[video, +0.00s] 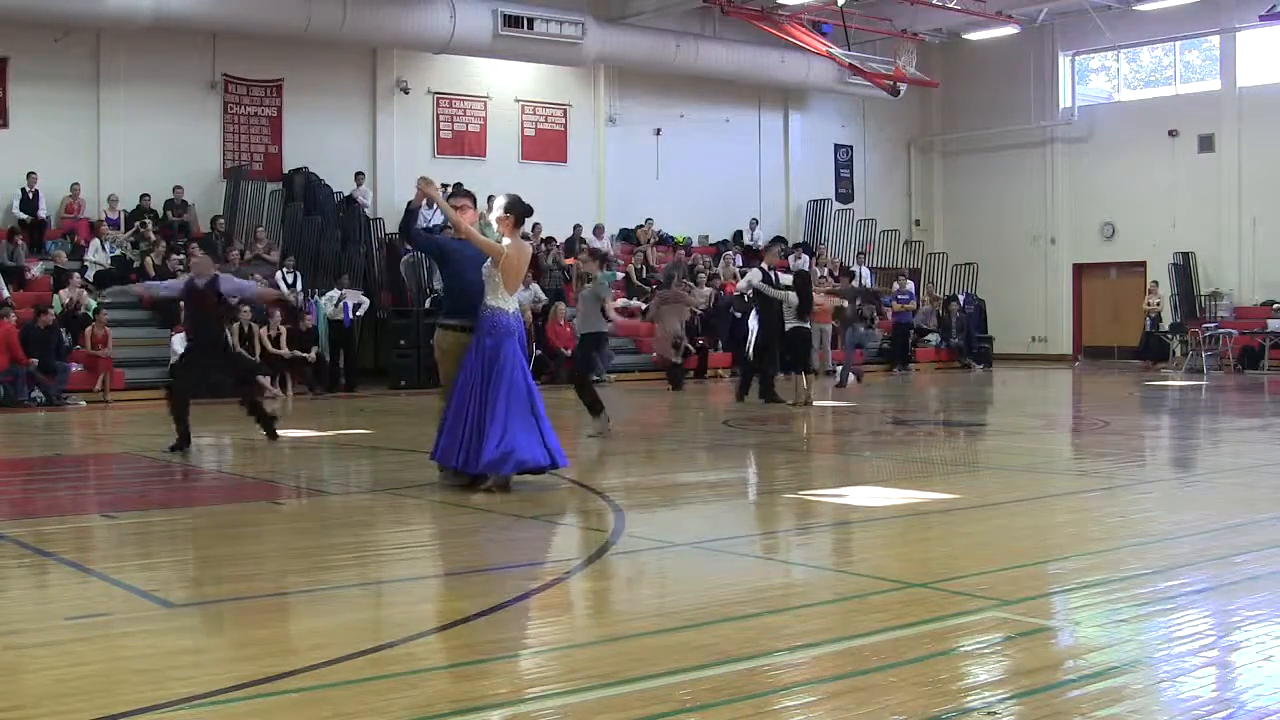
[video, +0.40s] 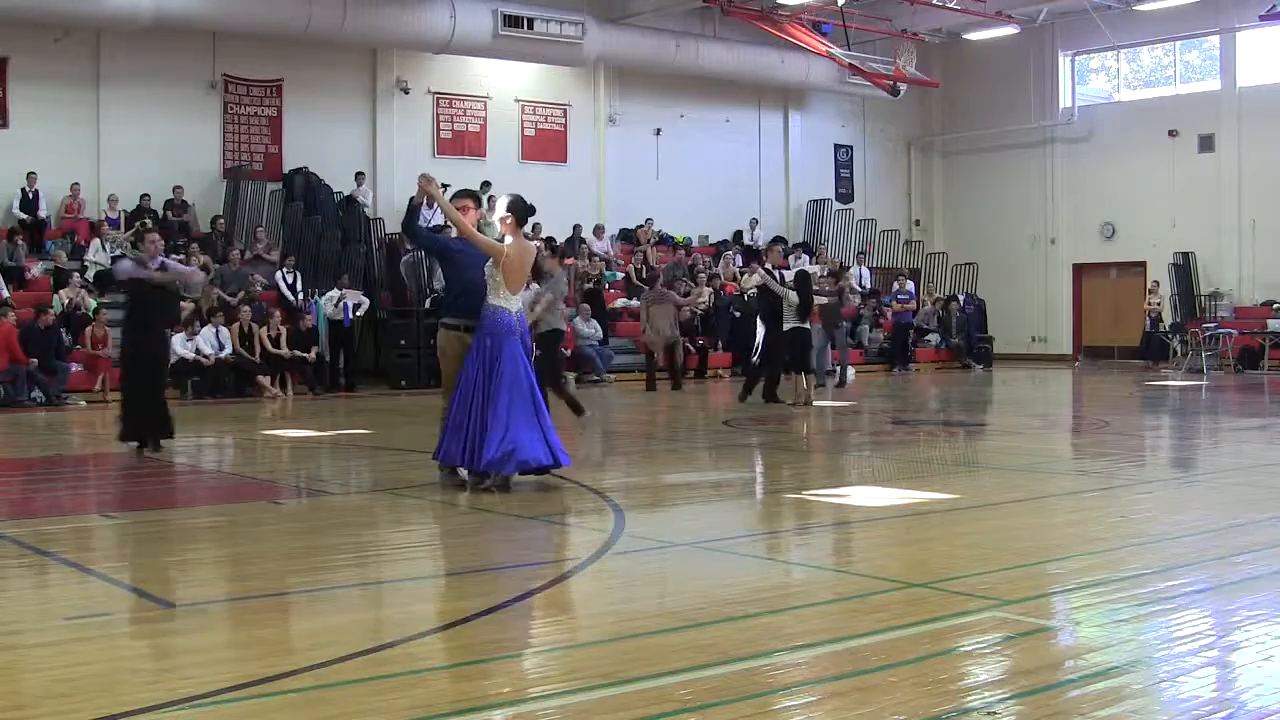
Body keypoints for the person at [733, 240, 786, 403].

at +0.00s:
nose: (779, 258)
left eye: (779, 254)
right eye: (776, 254)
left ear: (772, 257)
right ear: (766, 254)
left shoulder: (775, 275)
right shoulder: (756, 273)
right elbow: (739, 287)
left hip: (774, 318)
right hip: (759, 317)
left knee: (770, 354)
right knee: (753, 354)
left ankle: (767, 389)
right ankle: (742, 389)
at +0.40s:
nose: (782, 255)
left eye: (782, 252)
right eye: (778, 252)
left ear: (779, 255)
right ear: (768, 254)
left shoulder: (781, 274)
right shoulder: (761, 272)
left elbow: (785, 293)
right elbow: (744, 286)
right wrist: (752, 275)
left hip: (778, 319)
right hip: (764, 318)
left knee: (777, 356)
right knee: (761, 355)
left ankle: (770, 392)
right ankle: (746, 389)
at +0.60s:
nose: (781, 255)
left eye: (781, 252)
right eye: (778, 252)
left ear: (776, 255)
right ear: (768, 254)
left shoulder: (780, 273)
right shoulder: (763, 273)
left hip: (780, 318)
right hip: (771, 319)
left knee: (779, 356)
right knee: (778, 356)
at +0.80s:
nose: (782, 257)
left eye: (782, 254)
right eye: (779, 254)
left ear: (780, 257)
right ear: (769, 256)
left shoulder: (783, 276)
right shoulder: (763, 276)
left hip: (782, 318)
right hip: (768, 319)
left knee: (782, 354)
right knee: (776, 354)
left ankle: (775, 392)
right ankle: (771, 393)